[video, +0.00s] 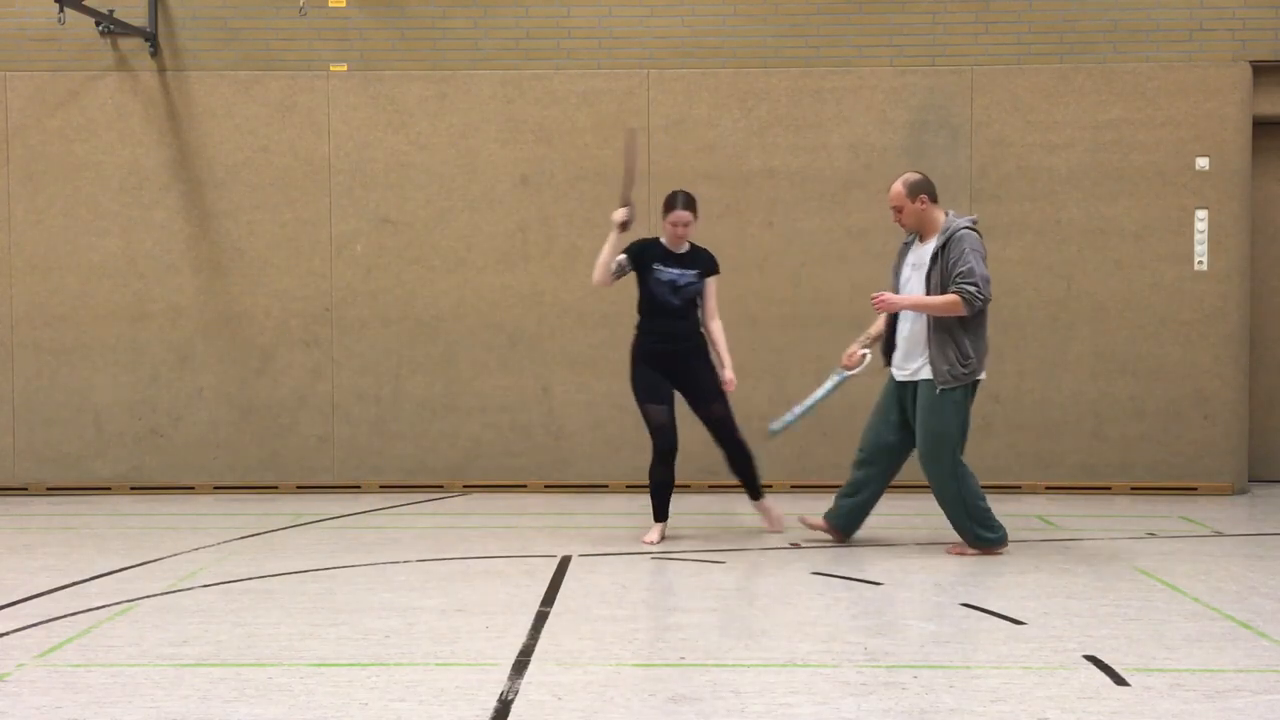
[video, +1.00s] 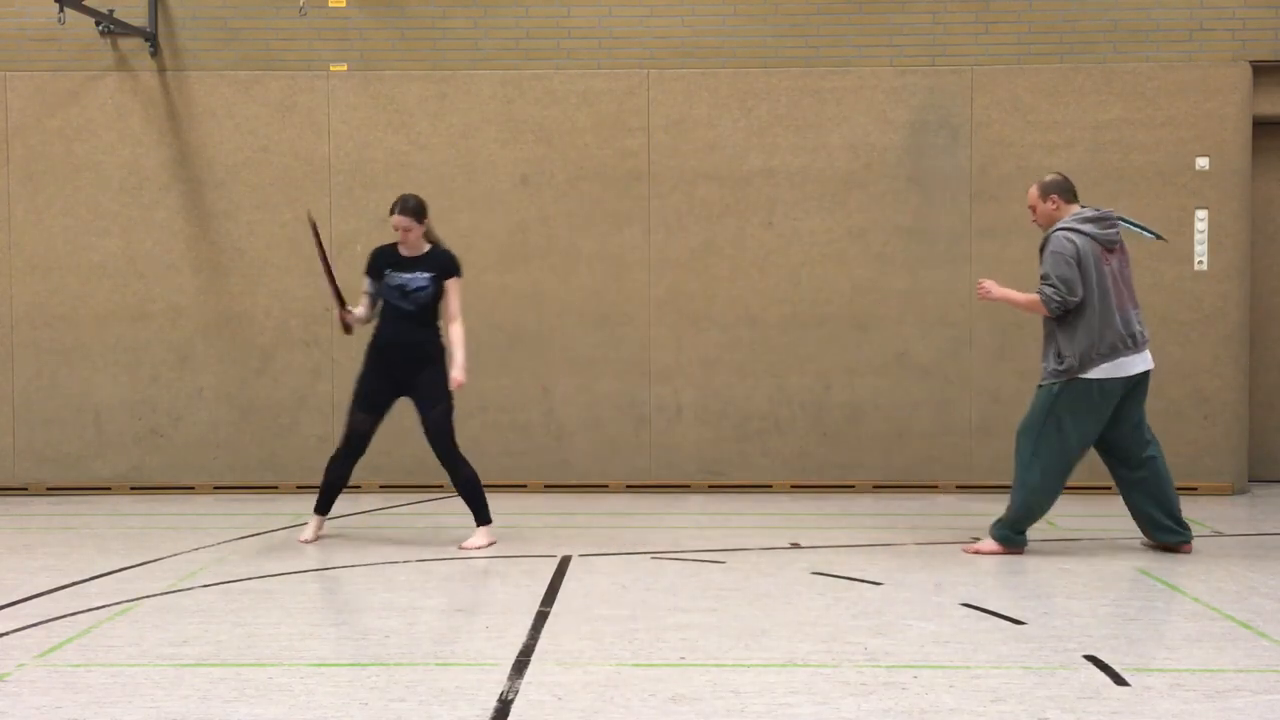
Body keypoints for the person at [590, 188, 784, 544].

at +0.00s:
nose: (680, 231)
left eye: (687, 224)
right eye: (675, 224)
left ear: (695, 223)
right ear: (663, 221)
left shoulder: (703, 261)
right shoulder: (644, 251)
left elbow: (711, 318)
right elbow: (601, 278)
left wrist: (726, 365)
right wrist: (616, 231)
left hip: (692, 358)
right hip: (650, 359)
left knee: (728, 433)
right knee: (664, 443)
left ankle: (758, 499)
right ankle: (659, 524)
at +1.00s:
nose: (398, 235)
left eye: (404, 229)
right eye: (394, 229)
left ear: (422, 225)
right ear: (392, 225)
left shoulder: (444, 262)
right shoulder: (381, 258)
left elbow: (453, 318)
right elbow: (366, 309)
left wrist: (458, 365)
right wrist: (351, 316)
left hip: (426, 365)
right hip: (383, 363)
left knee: (445, 448)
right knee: (353, 443)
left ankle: (485, 527)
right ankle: (318, 518)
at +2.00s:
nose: (366, 226)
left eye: (367, 220)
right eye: (361, 220)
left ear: (351, 221)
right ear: (338, 218)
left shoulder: (359, 266)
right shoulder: (313, 254)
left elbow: (379, 322)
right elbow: (291, 258)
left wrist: (408, 363)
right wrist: (300, 216)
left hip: (353, 368)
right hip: (312, 366)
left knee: (394, 438)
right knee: (304, 448)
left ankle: (415, 520)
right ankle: (281, 524)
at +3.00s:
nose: (520, 216)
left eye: (518, 209)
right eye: (514, 210)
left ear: (488, 218)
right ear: (495, 216)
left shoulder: (463, 256)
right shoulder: (506, 251)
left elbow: (457, 320)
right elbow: (567, 265)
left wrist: (468, 355)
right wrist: (599, 221)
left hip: (469, 364)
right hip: (503, 365)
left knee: (450, 444)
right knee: (547, 442)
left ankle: (418, 521)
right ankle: (580, 526)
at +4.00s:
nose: (698, 223)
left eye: (698, 217)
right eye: (693, 217)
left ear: (675, 221)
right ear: (673, 218)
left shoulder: (674, 263)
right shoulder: (650, 248)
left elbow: (680, 325)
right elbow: (698, 216)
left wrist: (715, 367)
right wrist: (742, 200)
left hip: (668, 366)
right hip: (641, 364)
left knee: (711, 435)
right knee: (623, 447)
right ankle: (581, 526)